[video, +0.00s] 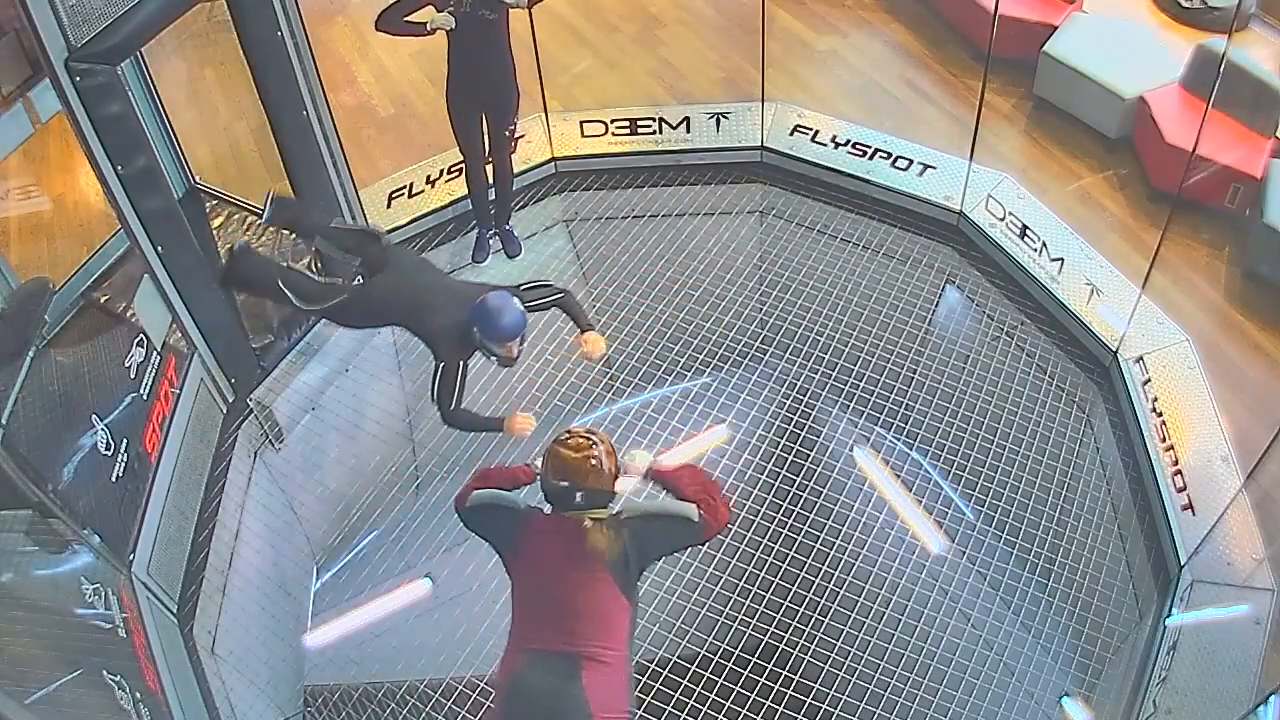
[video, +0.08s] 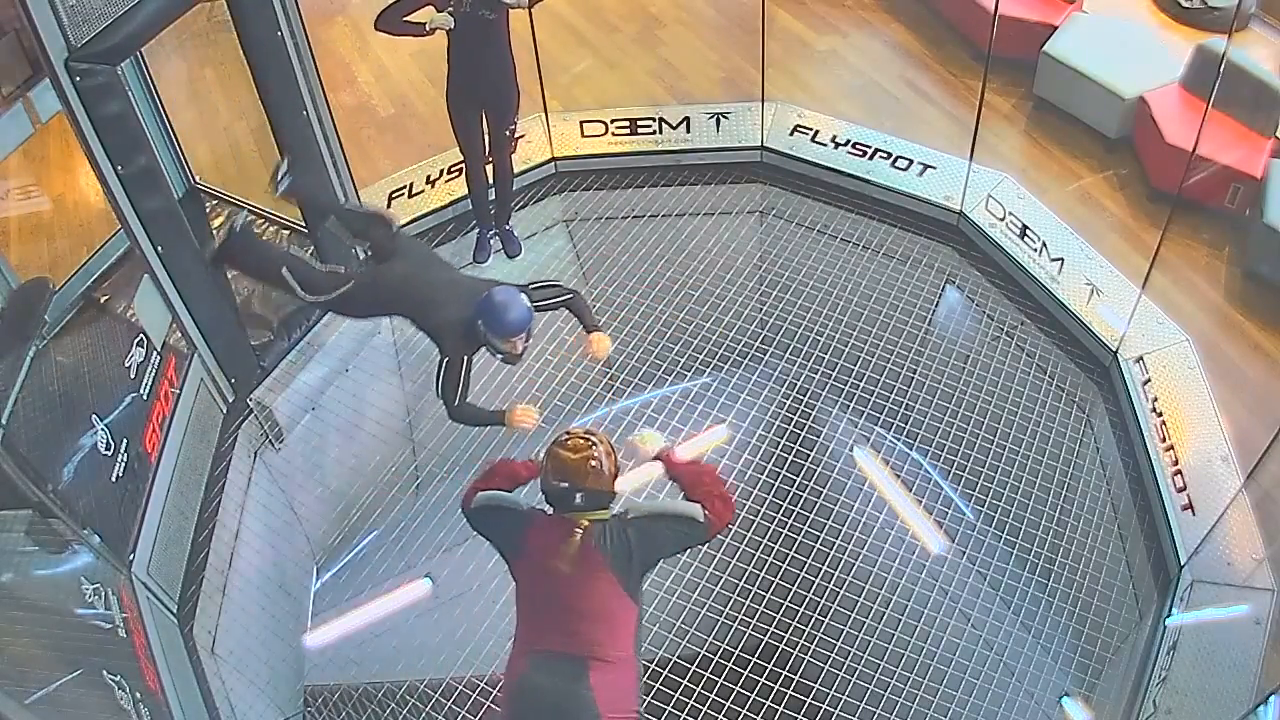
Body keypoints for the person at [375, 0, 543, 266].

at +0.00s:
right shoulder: (438, 1)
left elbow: (532, 2)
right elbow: (384, 21)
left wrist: (525, 2)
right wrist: (427, 27)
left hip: (501, 83)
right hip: (462, 88)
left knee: (502, 156)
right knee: (473, 160)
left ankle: (503, 225)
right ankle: (483, 229)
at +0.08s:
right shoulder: (438, 1)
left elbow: (532, 2)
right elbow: (384, 21)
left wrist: (524, 3)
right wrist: (426, 27)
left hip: (502, 82)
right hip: (462, 86)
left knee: (502, 155)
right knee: (473, 160)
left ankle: (504, 225)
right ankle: (484, 229)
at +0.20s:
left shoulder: (503, 0)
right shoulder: (439, 1)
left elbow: (531, 2)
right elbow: (385, 22)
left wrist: (525, 3)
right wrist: (427, 26)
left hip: (501, 83)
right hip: (462, 87)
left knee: (502, 156)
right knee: (474, 161)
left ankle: (503, 225)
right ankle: (484, 230)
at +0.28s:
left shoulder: (503, 0)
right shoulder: (439, 1)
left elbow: (528, 2)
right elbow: (386, 24)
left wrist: (523, 2)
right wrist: (428, 26)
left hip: (501, 82)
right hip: (462, 86)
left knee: (502, 155)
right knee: (474, 160)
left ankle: (503, 224)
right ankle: (483, 229)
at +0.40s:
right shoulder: (439, 1)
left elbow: (527, 3)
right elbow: (385, 24)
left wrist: (523, 2)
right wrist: (427, 27)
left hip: (501, 81)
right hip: (462, 85)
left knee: (501, 156)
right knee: (473, 161)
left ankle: (504, 227)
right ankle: (482, 232)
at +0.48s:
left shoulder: (502, 3)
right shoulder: (439, 1)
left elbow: (532, 2)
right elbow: (383, 21)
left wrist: (524, 4)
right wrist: (423, 29)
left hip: (501, 84)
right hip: (462, 88)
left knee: (502, 158)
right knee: (475, 160)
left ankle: (505, 219)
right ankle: (481, 220)